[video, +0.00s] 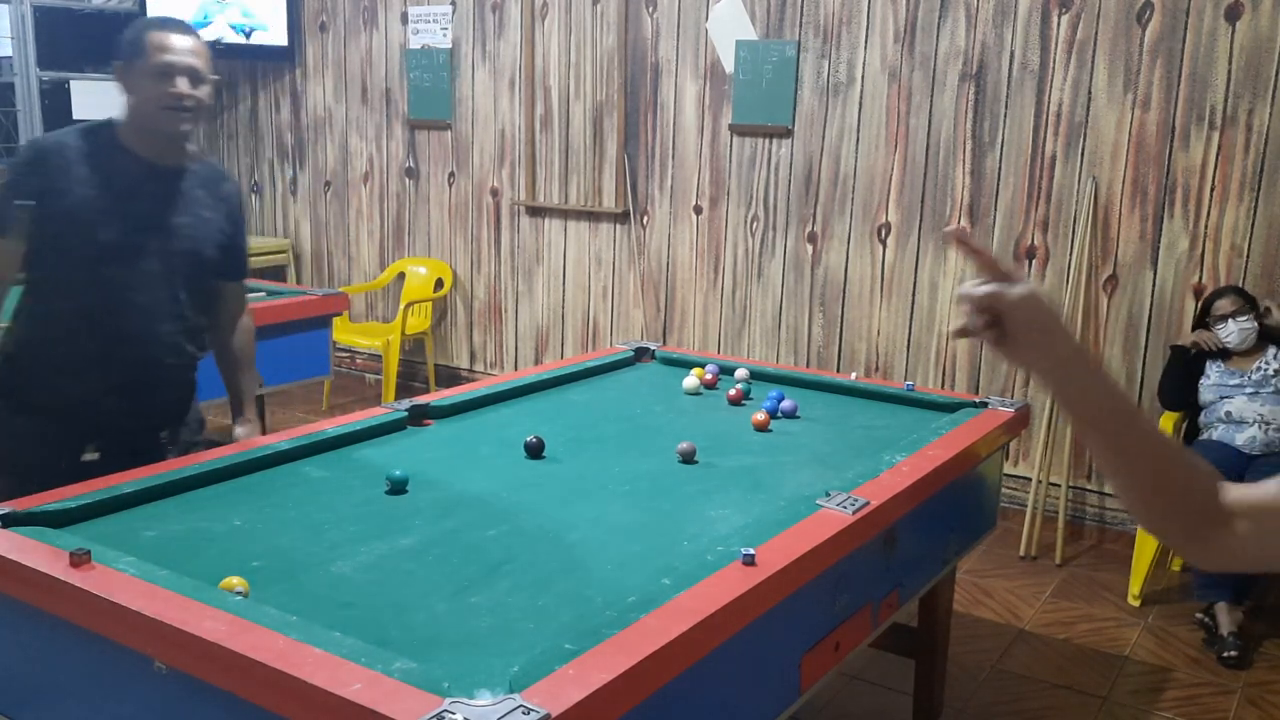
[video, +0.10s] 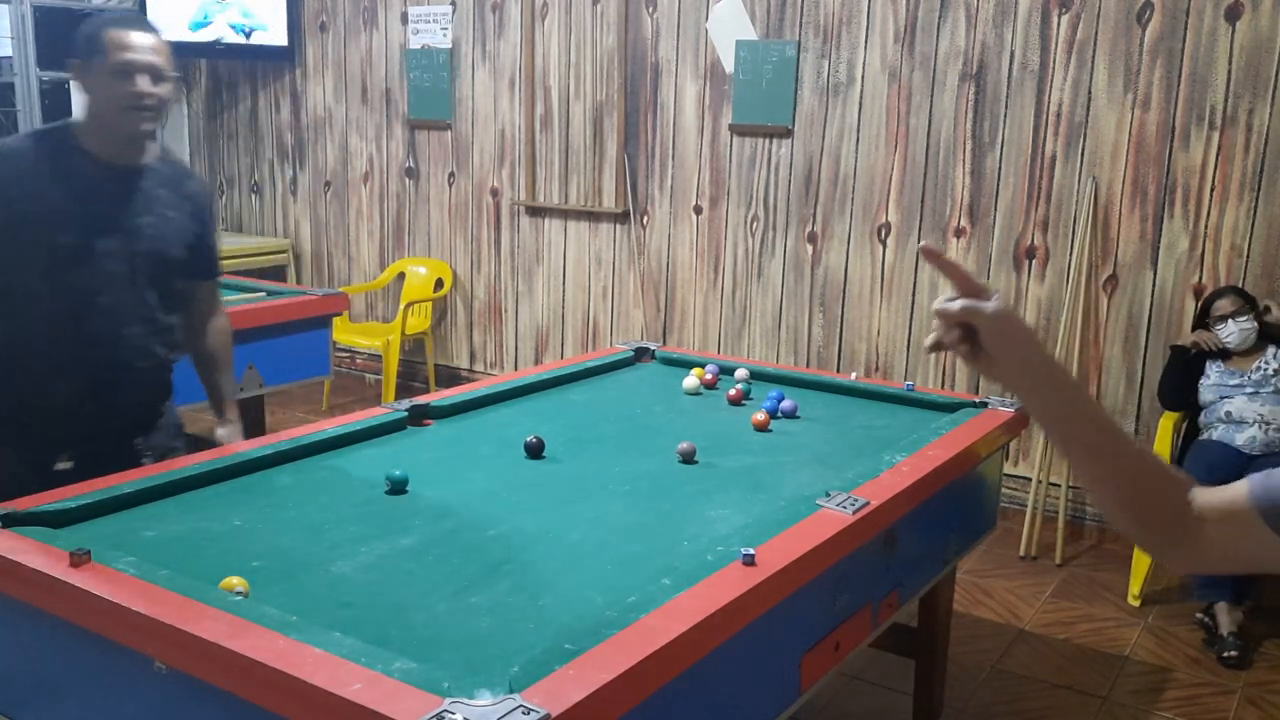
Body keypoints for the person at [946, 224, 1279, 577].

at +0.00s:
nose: (1230, 325)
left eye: (1239, 316)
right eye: (1218, 319)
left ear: (1257, 316)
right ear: (1206, 327)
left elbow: (1216, 527)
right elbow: (1217, 526)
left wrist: (1058, 357)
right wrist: (1058, 357)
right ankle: (1226, 617)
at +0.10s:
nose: (1229, 327)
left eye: (1238, 318)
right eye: (1219, 321)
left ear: (1256, 317)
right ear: (1205, 329)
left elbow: (1185, 527)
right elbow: (1186, 527)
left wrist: (1029, 370)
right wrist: (1030, 370)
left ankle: (1229, 613)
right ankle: (1226, 615)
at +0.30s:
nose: (1231, 330)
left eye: (1241, 320)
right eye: (1222, 322)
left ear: (1259, 321)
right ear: (1208, 328)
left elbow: (1161, 556)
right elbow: (1160, 555)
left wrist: (1000, 404)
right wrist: (999, 403)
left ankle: (1230, 621)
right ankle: (1225, 623)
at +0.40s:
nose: (1228, 328)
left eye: (1239, 319)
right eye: (1219, 319)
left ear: (1260, 326)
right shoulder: (1274, 500)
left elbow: (1162, 571)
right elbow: (1162, 571)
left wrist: (994, 434)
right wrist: (994, 434)